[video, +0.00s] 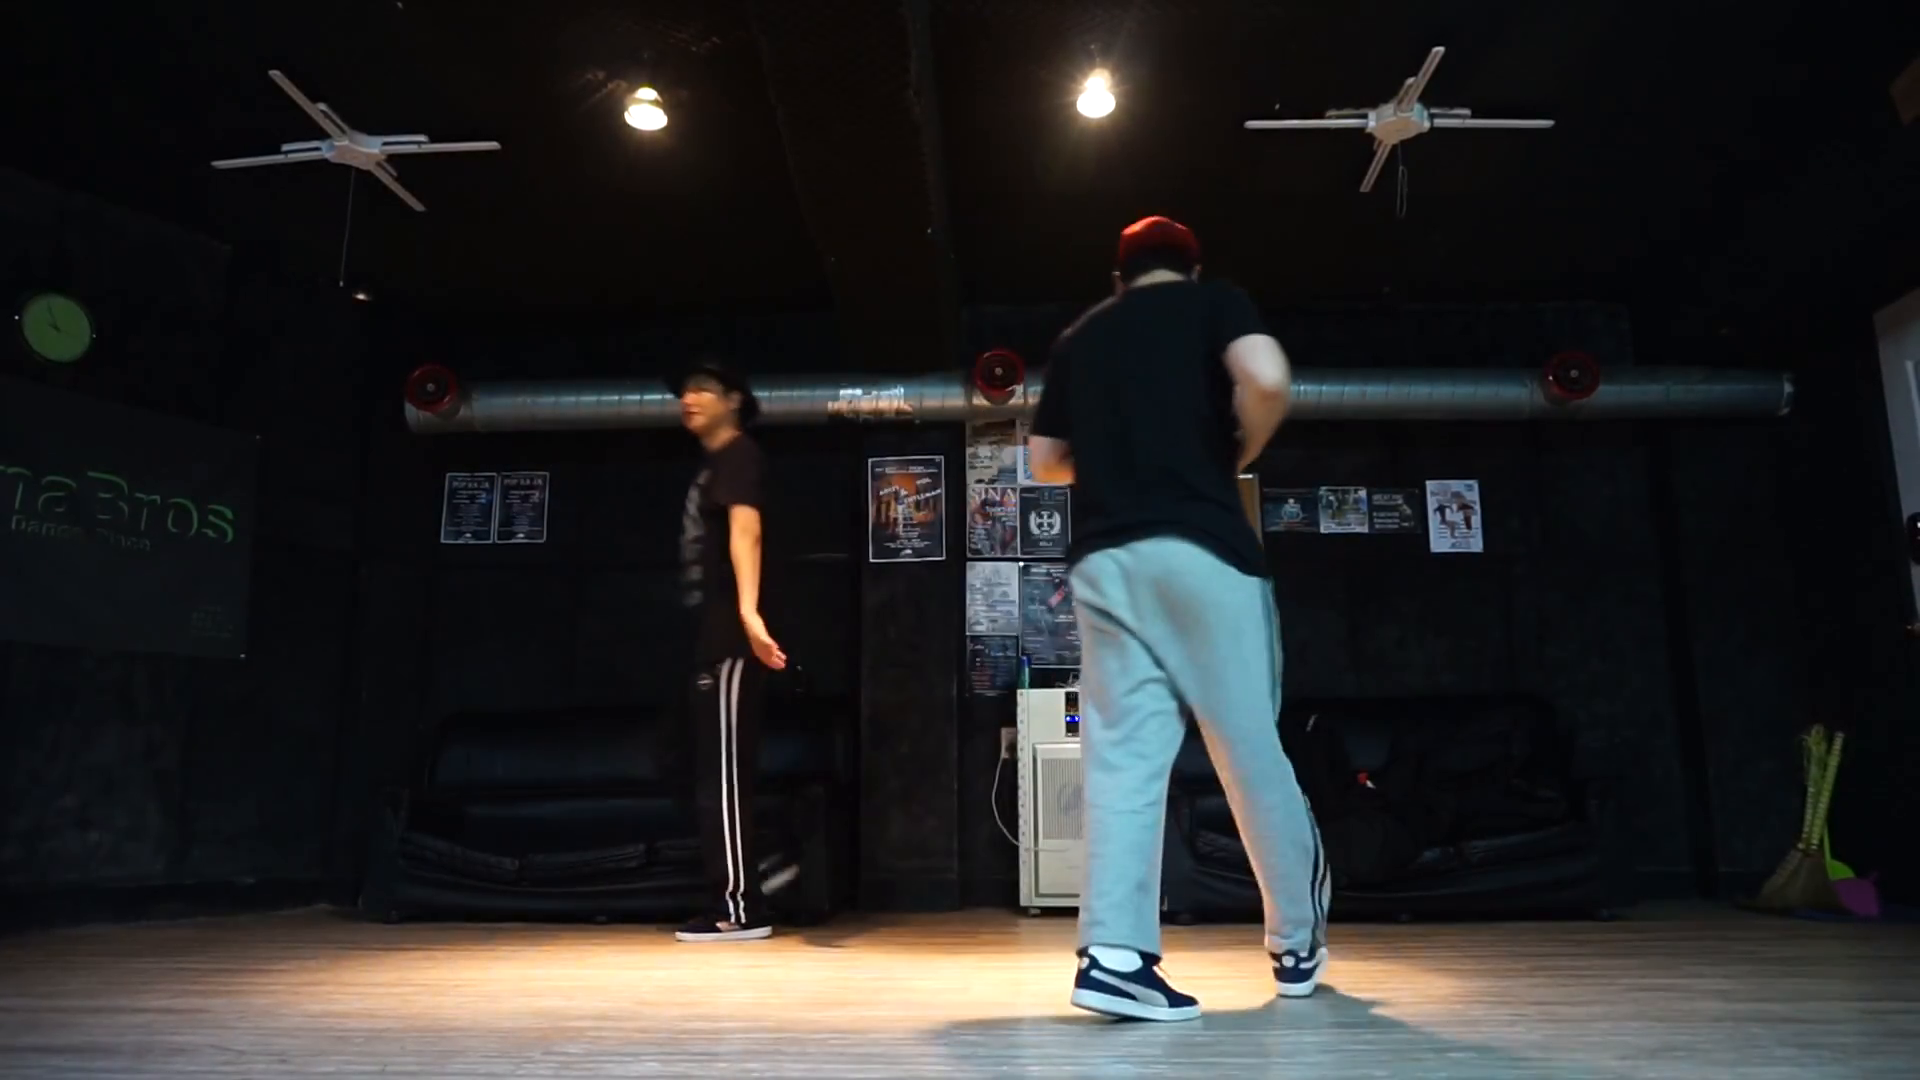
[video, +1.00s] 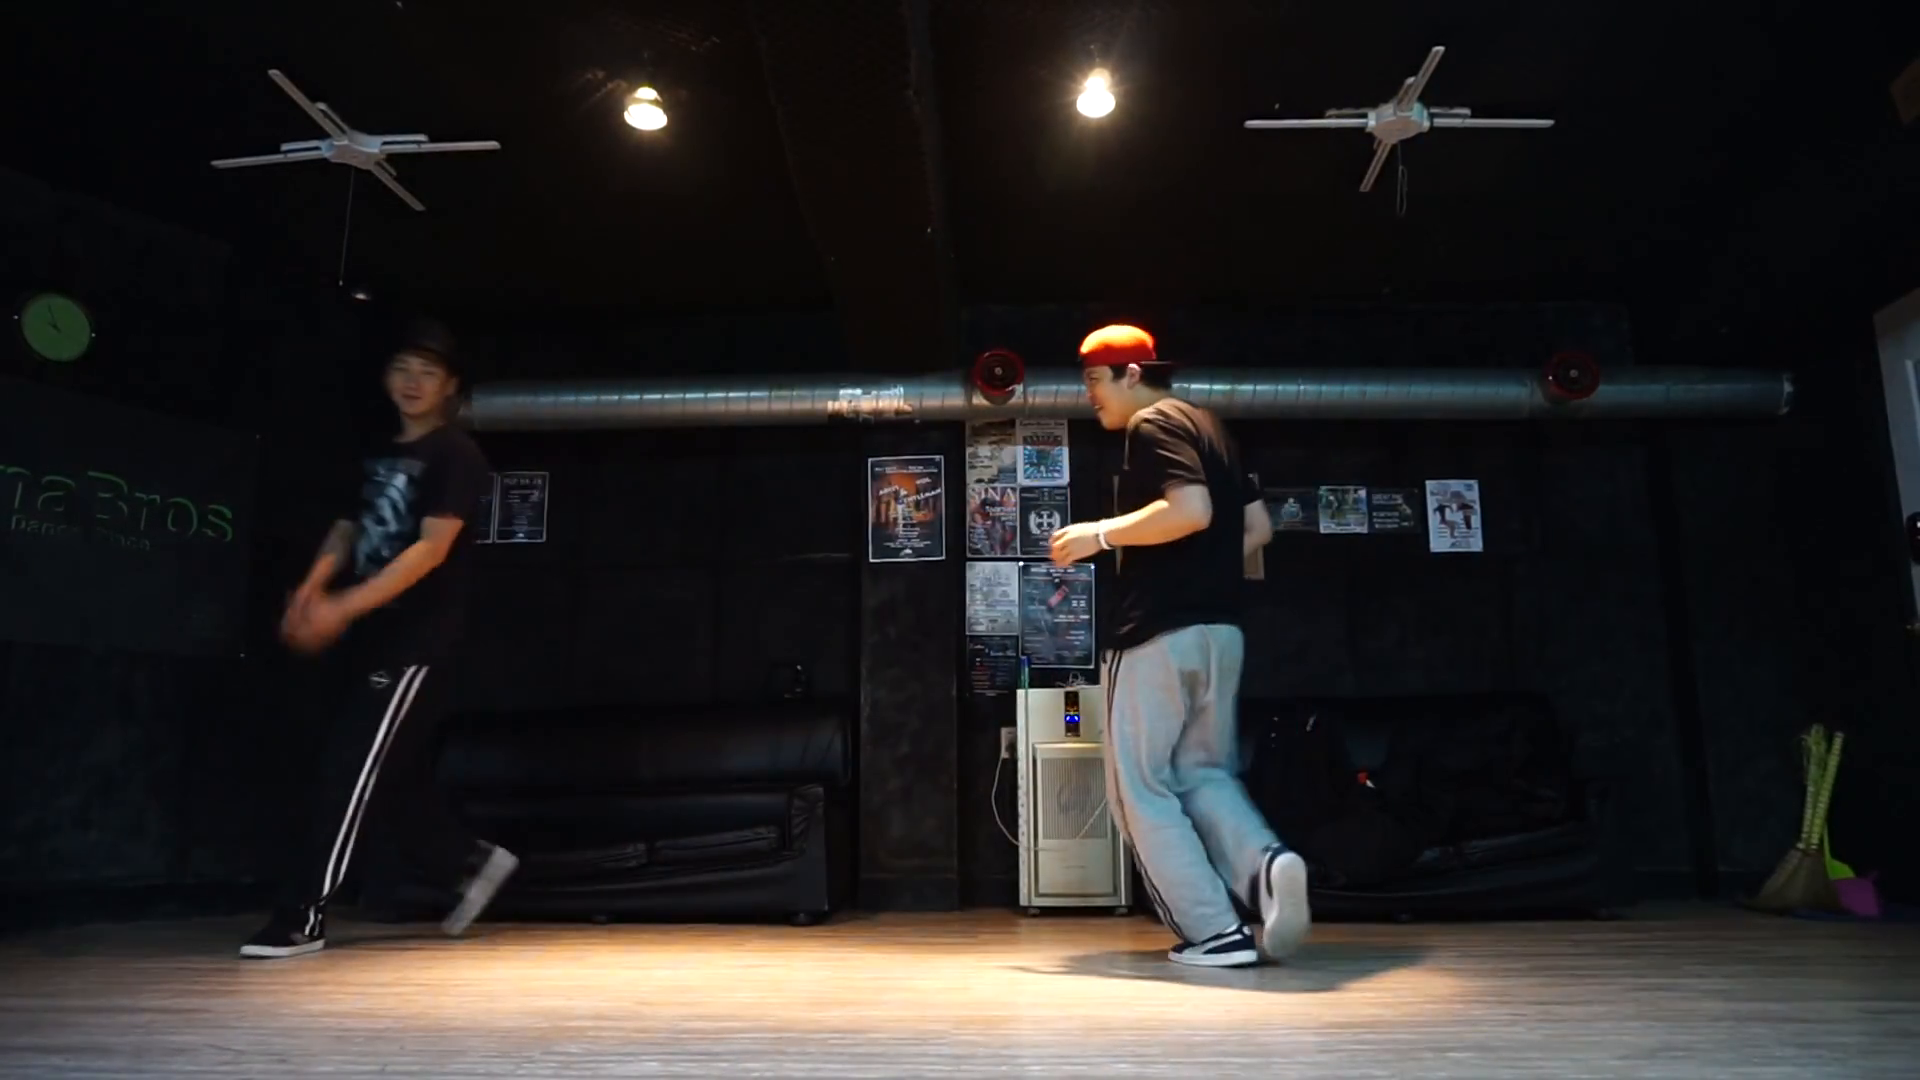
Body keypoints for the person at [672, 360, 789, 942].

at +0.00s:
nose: (688, 403)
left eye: (701, 393)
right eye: (685, 394)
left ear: (733, 403)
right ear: (689, 407)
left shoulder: (738, 459)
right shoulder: (713, 463)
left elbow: (747, 537)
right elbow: (725, 545)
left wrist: (750, 613)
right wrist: (726, 620)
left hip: (728, 642)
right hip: (709, 641)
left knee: (725, 777)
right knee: (710, 771)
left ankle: (737, 910)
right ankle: (769, 864)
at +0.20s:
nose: (622, 407)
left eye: (635, 397)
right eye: (618, 399)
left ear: (667, 406)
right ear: (618, 413)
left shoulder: (677, 460)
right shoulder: (643, 474)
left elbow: (711, 516)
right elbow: (655, 554)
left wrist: (712, 595)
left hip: (675, 640)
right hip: (639, 644)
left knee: (699, 773)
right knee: (612, 774)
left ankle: (738, 911)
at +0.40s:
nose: (556, 401)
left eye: (570, 392)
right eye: (552, 394)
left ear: (601, 406)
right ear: (550, 410)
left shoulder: (607, 460)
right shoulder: (570, 472)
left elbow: (628, 524)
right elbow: (573, 547)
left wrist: (627, 594)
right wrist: (558, 610)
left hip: (595, 628)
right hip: (560, 632)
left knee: (601, 740)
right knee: (540, 759)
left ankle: (702, 874)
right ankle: (530, 905)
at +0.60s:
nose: (515, 385)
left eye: (530, 376)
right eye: (510, 378)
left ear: (559, 394)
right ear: (505, 396)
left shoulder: (560, 451)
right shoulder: (518, 464)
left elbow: (547, 515)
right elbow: (482, 548)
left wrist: (499, 567)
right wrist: (392, 556)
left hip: (544, 631)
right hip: (517, 630)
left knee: (496, 765)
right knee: (489, 765)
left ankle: (547, 882)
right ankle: (528, 904)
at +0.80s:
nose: (470, 392)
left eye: (484, 382)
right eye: (463, 382)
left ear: (511, 394)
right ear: (450, 394)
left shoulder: (516, 458)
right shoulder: (454, 466)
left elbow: (472, 534)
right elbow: (429, 536)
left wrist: (368, 535)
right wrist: (357, 531)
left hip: (489, 643)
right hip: (452, 640)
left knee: (424, 769)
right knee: (484, 774)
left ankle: (336, 910)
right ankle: (528, 907)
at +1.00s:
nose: (410, 383)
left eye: (425, 374)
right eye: (402, 371)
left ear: (451, 385)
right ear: (388, 378)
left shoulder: (455, 456)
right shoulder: (384, 453)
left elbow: (432, 550)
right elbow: (352, 528)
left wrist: (344, 607)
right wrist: (313, 586)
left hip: (422, 639)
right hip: (378, 633)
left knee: (358, 768)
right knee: (384, 767)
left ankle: (305, 915)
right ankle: (472, 862)